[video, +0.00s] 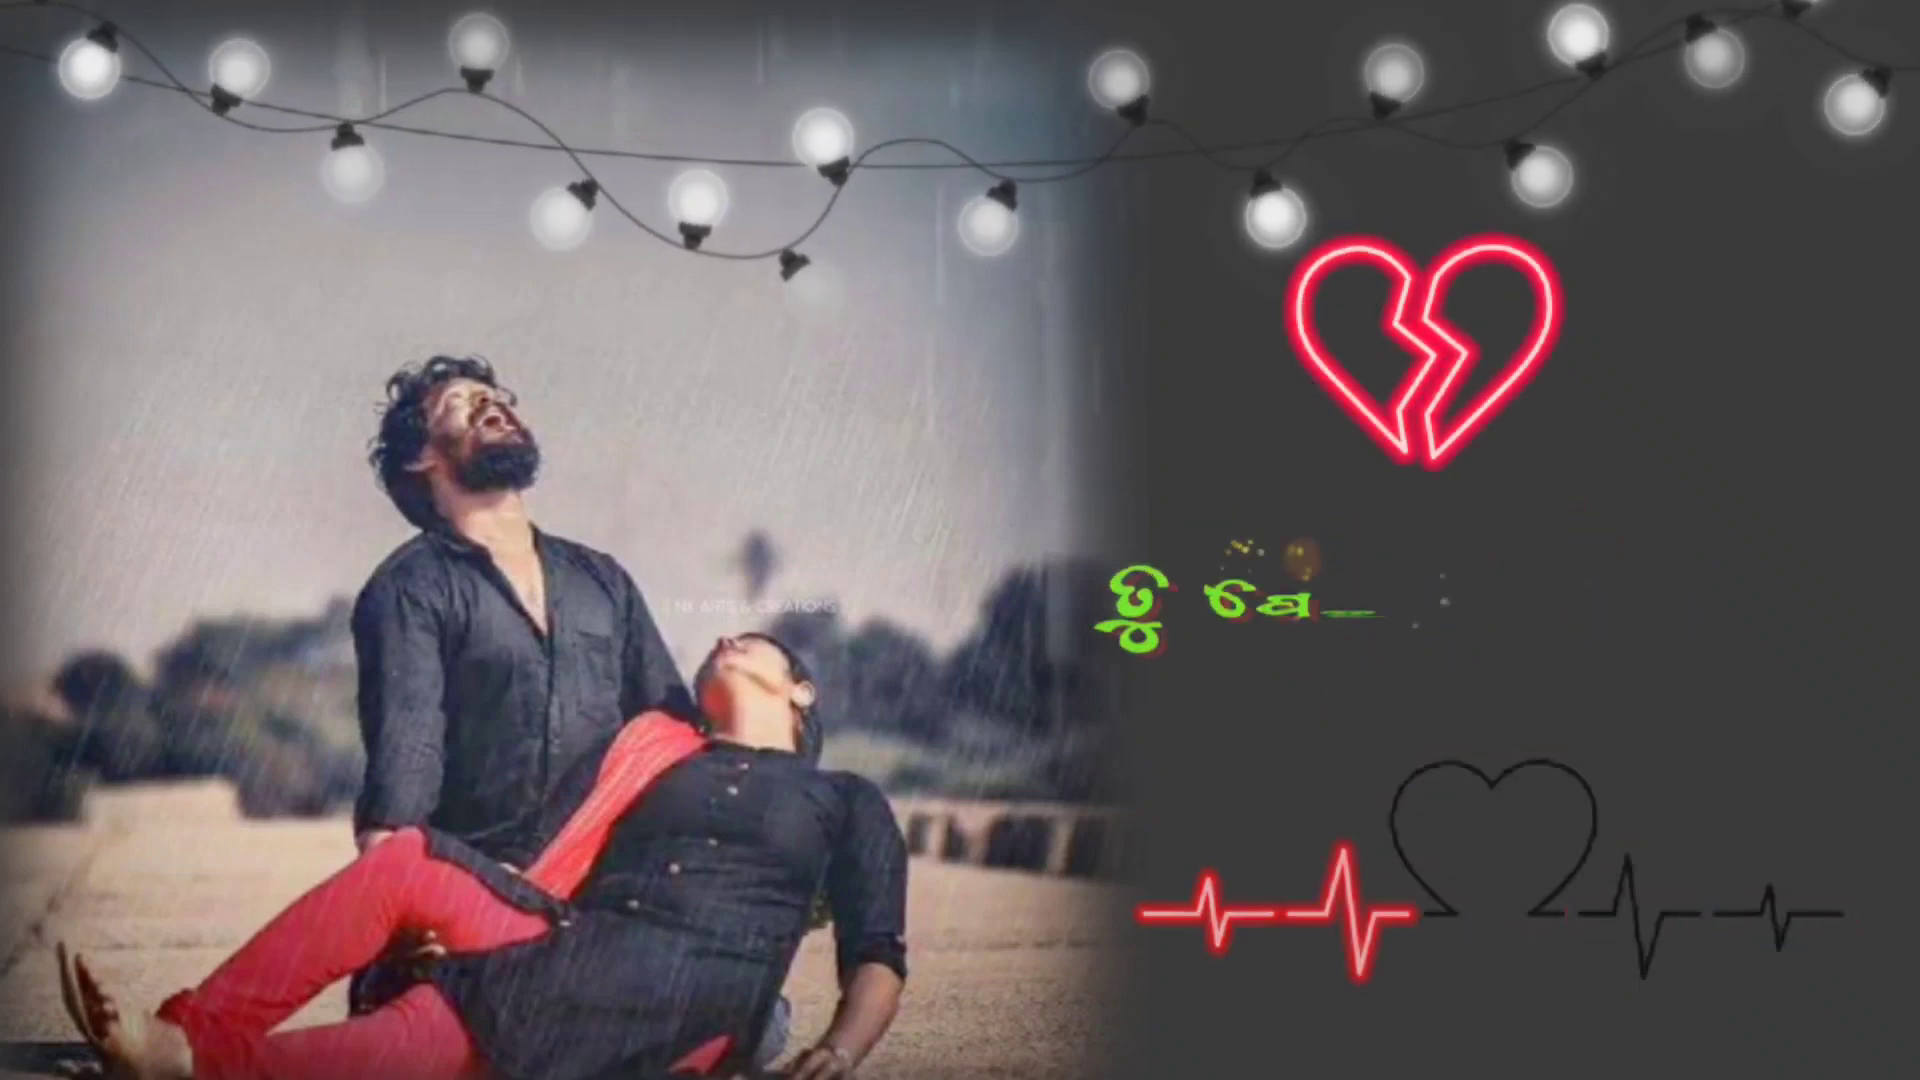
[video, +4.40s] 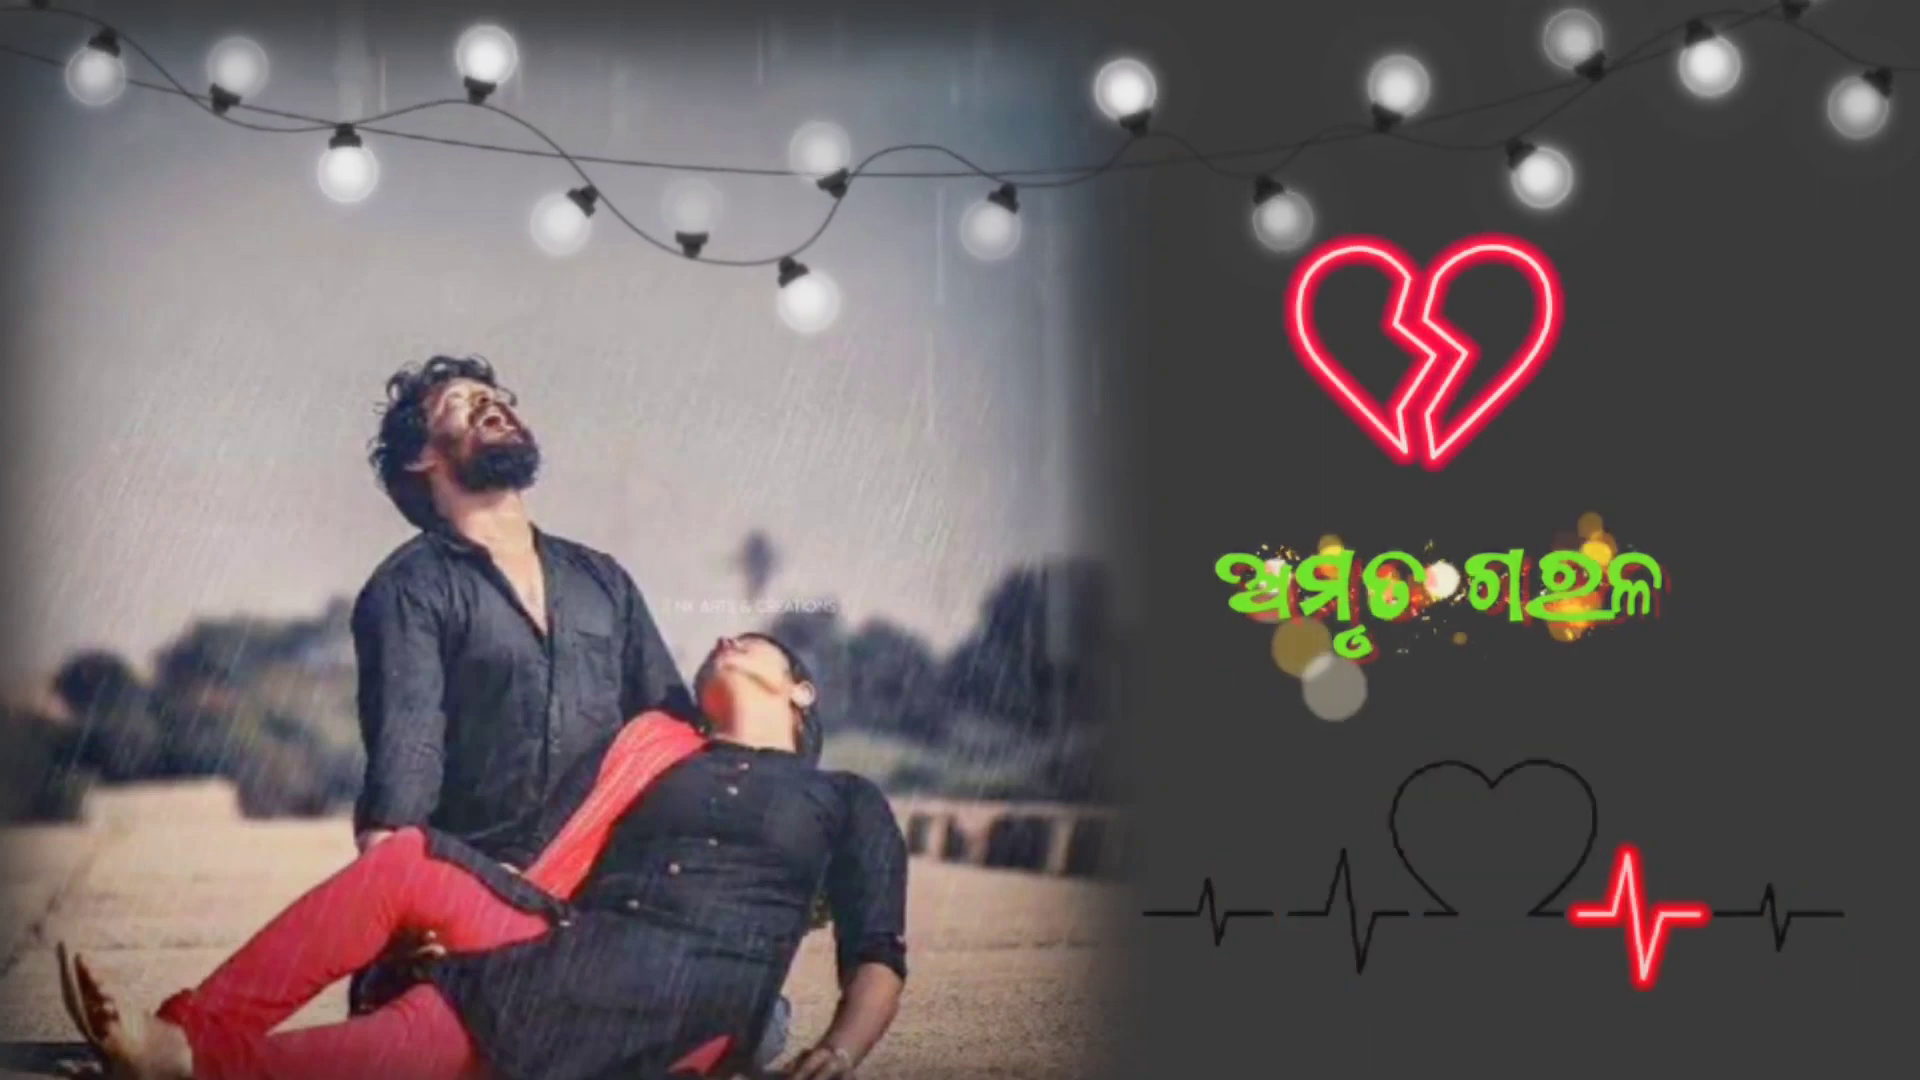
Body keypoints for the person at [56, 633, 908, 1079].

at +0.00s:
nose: (721, 660)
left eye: (749, 656)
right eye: (717, 659)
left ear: (799, 699)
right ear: (709, 698)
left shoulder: (844, 798)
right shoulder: (662, 755)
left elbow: (879, 967)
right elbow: (574, 892)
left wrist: (836, 1063)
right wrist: (455, 949)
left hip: (693, 982)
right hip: (587, 946)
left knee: (451, 1028)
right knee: (400, 859)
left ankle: (187, 1058)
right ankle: (178, 1041)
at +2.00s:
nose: (721, 660)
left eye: (749, 656)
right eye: (717, 659)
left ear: (799, 699)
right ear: (709, 698)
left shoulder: (844, 798)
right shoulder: (662, 755)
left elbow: (879, 967)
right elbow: (574, 892)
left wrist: (836, 1063)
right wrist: (455, 949)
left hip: (693, 983)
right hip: (587, 946)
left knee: (451, 1028)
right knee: (400, 859)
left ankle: (187, 1058)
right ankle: (178, 1041)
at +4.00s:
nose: (722, 660)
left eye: (749, 656)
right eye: (717, 659)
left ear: (799, 699)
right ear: (709, 698)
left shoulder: (844, 798)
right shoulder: (662, 755)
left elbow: (879, 967)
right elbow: (574, 891)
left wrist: (836, 1063)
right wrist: (455, 949)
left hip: (692, 983)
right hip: (586, 946)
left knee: (451, 1028)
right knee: (400, 859)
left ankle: (187, 1057)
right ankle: (178, 1041)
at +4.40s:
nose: (722, 661)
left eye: (749, 657)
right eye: (717, 660)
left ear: (799, 700)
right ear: (709, 698)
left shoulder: (843, 798)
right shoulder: (661, 753)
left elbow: (879, 969)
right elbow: (573, 893)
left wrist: (831, 1066)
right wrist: (455, 946)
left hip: (692, 981)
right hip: (586, 944)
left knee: (452, 1029)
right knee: (401, 860)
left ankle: (190, 1059)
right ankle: (178, 1040)